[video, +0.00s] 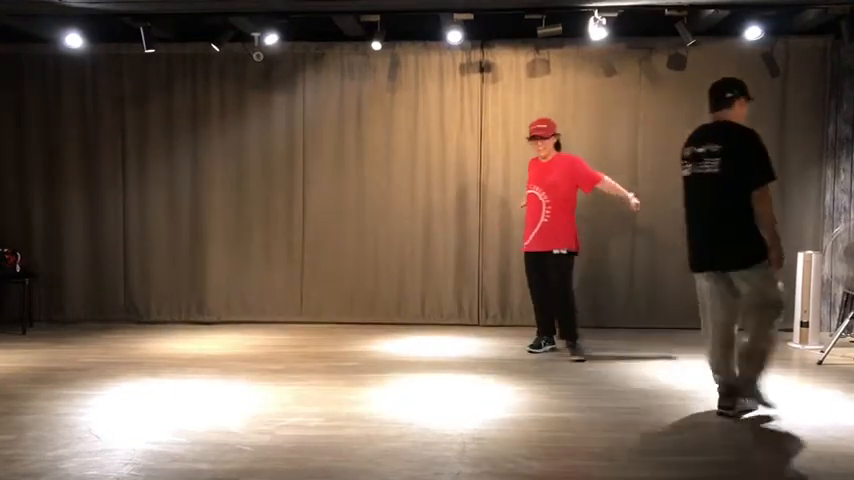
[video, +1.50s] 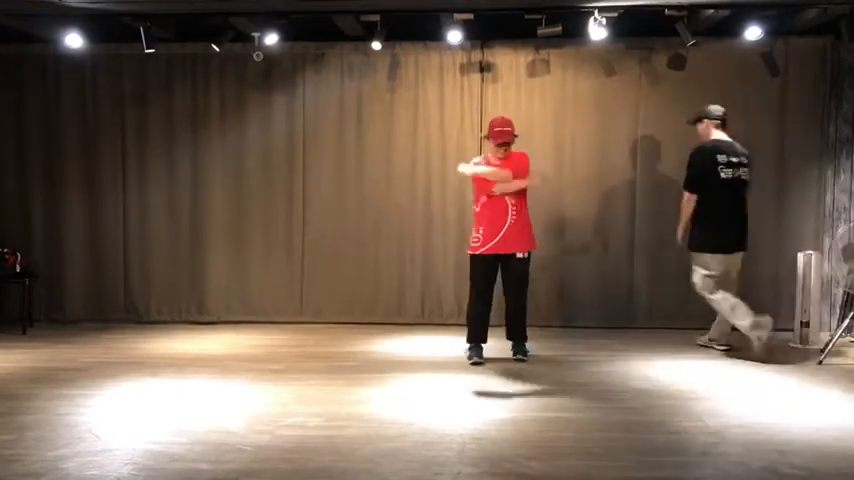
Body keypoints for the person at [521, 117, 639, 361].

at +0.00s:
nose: (539, 144)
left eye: (543, 139)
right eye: (535, 140)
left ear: (555, 139)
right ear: (531, 142)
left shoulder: (570, 163)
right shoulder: (533, 166)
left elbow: (599, 180)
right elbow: (540, 190)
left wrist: (627, 195)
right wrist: (528, 200)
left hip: (560, 242)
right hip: (533, 242)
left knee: (561, 292)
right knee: (539, 293)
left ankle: (571, 341)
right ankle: (545, 337)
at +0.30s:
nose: (532, 152)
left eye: (536, 146)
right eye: (527, 147)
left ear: (548, 143)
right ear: (523, 146)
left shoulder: (557, 166)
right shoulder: (524, 170)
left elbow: (536, 184)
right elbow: (516, 193)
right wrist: (507, 197)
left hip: (552, 236)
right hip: (530, 236)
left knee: (533, 285)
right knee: (538, 287)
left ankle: (516, 332)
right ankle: (546, 336)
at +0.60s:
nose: (530, 143)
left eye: (535, 139)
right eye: (526, 138)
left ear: (545, 141)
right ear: (521, 140)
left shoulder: (547, 163)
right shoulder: (517, 166)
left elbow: (513, 178)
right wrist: (503, 192)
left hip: (540, 240)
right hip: (518, 239)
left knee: (526, 289)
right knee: (529, 289)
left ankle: (519, 340)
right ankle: (545, 335)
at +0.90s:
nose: (514, 140)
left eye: (519, 136)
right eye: (511, 136)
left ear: (529, 140)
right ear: (507, 140)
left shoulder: (542, 161)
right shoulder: (509, 163)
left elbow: (571, 173)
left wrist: (593, 183)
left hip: (529, 241)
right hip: (504, 239)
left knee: (521, 291)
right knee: (495, 285)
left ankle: (519, 342)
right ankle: (526, 326)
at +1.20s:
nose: (519, 148)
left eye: (523, 144)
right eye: (515, 144)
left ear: (531, 142)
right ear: (506, 141)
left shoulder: (538, 166)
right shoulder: (495, 166)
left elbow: (544, 199)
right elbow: (475, 189)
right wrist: (458, 201)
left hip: (528, 244)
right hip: (497, 242)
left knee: (523, 297)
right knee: (486, 292)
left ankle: (519, 343)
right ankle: (473, 340)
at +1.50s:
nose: (503, 149)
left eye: (507, 145)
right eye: (498, 145)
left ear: (513, 142)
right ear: (489, 141)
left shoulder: (520, 159)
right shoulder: (479, 165)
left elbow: (507, 174)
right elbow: (494, 189)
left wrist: (474, 169)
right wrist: (526, 181)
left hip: (517, 242)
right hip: (485, 241)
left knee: (517, 297)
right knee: (480, 296)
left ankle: (519, 343)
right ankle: (475, 345)